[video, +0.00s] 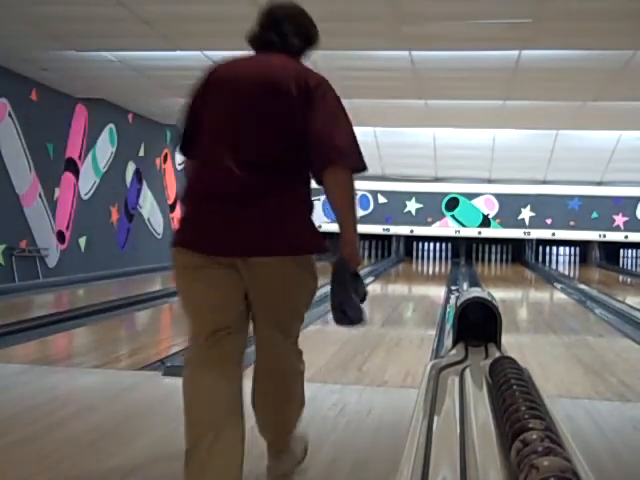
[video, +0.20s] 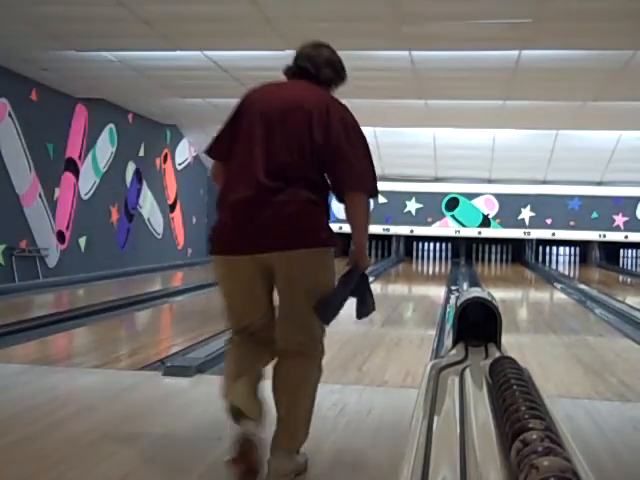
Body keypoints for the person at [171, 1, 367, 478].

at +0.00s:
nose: (308, 55)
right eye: (309, 48)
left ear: (255, 37)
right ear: (303, 45)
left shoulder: (215, 78)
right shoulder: (310, 86)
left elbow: (192, 151)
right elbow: (337, 172)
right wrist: (349, 248)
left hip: (202, 239)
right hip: (281, 244)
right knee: (279, 342)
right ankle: (281, 451)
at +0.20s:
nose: (336, 92)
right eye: (338, 86)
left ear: (292, 68)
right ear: (332, 80)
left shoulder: (254, 99)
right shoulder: (333, 111)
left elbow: (220, 169)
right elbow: (355, 190)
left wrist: (238, 217)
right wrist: (359, 252)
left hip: (235, 237)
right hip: (302, 238)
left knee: (249, 332)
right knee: (300, 346)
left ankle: (241, 400)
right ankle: (285, 455)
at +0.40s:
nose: (343, 109)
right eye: (344, 104)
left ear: (303, 93)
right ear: (337, 100)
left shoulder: (270, 124)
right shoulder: (345, 134)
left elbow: (235, 181)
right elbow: (368, 200)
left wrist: (223, 236)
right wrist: (370, 250)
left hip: (265, 246)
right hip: (318, 249)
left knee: (280, 325)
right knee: (313, 330)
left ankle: (289, 403)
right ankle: (291, 410)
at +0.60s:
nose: (348, 120)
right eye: (348, 115)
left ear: (310, 107)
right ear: (344, 113)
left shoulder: (282, 135)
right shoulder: (352, 146)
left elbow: (252, 185)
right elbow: (368, 208)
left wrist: (234, 235)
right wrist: (369, 254)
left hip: (278, 247)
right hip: (325, 250)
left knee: (296, 316)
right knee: (328, 323)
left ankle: (305, 387)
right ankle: (311, 382)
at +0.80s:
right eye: (349, 108)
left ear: (313, 101)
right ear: (346, 106)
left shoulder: (288, 127)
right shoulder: (357, 139)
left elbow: (264, 179)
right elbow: (366, 201)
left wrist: (279, 213)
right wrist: (355, 230)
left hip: (286, 235)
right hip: (333, 236)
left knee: (302, 308)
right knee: (336, 309)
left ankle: (311, 385)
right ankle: (319, 375)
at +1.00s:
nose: (349, 105)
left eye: (348, 101)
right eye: (349, 101)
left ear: (314, 94)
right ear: (345, 99)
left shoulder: (290, 122)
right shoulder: (354, 128)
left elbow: (278, 167)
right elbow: (362, 185)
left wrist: (306, 186)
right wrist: (331, 196)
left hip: (289, 227)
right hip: (334, 227)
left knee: (303, 301)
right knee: (342, 298)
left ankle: (310, 377)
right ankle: (323, 369)